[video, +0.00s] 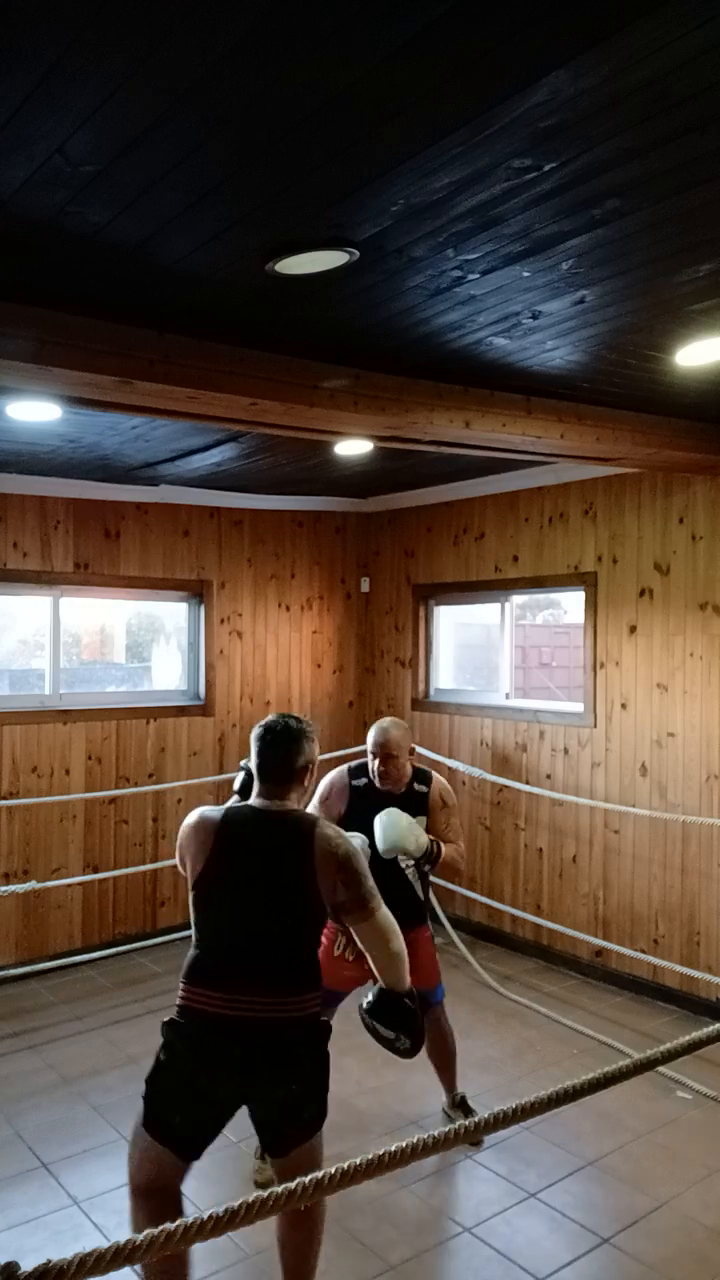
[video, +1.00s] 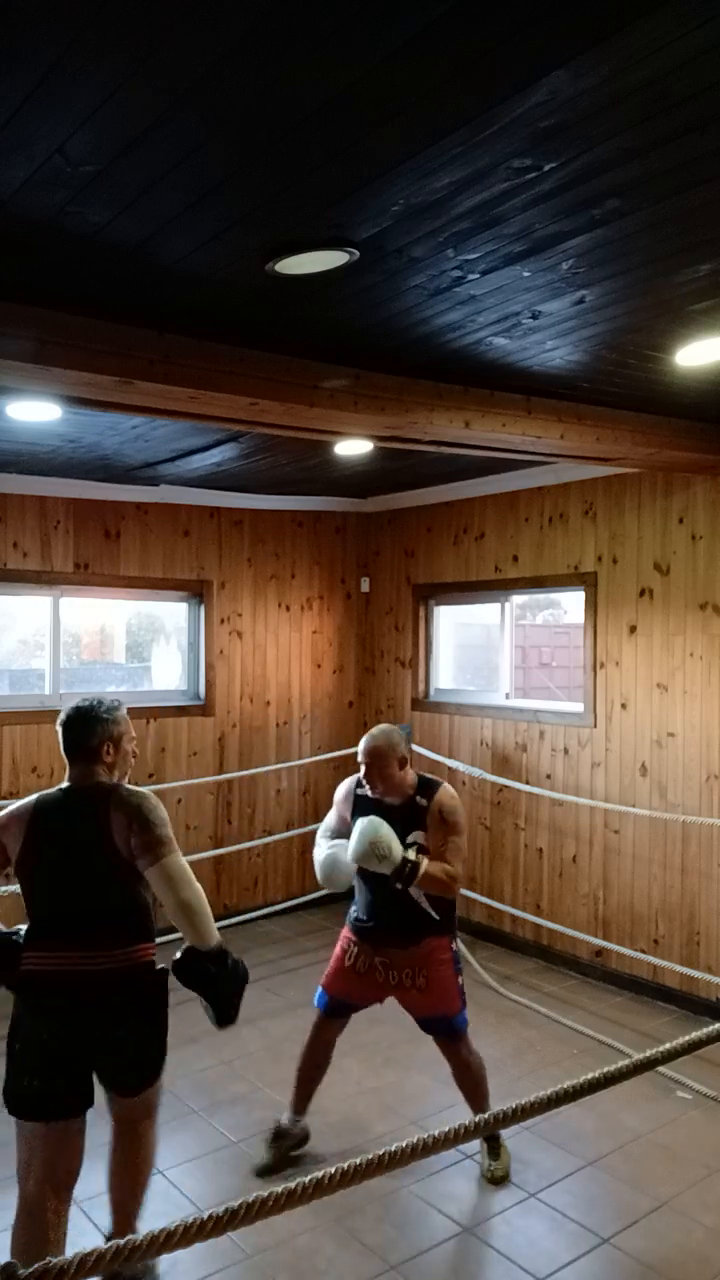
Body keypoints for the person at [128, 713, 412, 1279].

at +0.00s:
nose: (317, 772)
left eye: (315, 764)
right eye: (316, 765)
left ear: (248, 767)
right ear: (309, 772)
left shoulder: (198, 829)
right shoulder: (333, 846)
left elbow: (202, 881)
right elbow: (378, 931)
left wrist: (243, 796)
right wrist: (398, 999)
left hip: (203, 1042)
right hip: (293, 1046)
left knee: (152, 1181)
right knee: (300, 1181)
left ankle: (167, 1276)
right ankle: (299, 1275)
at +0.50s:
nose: (238, 763)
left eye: (236, 754)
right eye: (237, 754)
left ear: (175, 759)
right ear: (226, 763)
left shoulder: (132, 823)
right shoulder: (241, 836)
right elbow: (291, 933)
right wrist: (342, 972)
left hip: (134, 1036)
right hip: (220, 1042)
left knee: (93, 1200)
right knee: (275, 1189)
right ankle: (290, 1275)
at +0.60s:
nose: (210, 764)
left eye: (205, 755)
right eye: (207, 754)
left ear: (146, 762)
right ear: (200, 762)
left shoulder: (107, 828)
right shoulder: (218, 833)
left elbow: (138, 906)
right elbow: (271, 923)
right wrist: (323, 976)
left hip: (113, 1037)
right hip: (199, 1039)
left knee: (77, 1194)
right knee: (257, 1188)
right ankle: (283, 1276)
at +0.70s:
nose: (180, 768)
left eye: (178, 758)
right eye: (177, 759)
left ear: (113, 768)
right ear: (164, 767)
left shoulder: (70, 840)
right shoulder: (188, 836)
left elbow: (87, 932)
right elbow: (242, 923)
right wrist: (289, 993)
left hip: (84, 1044)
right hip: (172, 1046)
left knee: (58, 1198)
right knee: (238, 1192)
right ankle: (277, 1274)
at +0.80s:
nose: (155, 767)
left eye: (153, 757)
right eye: (152, 757)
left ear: (88, 767)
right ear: (133, 765)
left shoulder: (39, 841)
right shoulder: (164, 831)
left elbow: (18, 935)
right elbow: (212, 920)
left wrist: (80, 917)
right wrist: (251, 1005)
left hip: (63, 1041)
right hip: (151, 1040)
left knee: (52, 1194)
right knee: (212, 1175)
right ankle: (247, 1270)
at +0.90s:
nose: (140, 752)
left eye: (137, 742)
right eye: (136, 743)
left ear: (74, 755)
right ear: (119, 752)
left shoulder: (27, 824)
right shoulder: (148, 816)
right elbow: (194, 906)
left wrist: (27, 933)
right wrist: (226, 983)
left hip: (55, 1016)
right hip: (141, 1014)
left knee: (48, 1177)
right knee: (172, 1134)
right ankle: (175, 1266)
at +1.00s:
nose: (135, 750)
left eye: (133, 739)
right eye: (130, 740)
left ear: (69, 753)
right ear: (110, 749)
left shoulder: (20, 818)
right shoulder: (135, 810)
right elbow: (183, 896)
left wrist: (4, 946)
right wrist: (212, 958)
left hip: (45, 1002)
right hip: (128, 1001)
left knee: (44, 1181)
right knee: (133, 1123)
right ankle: (122, 1248)